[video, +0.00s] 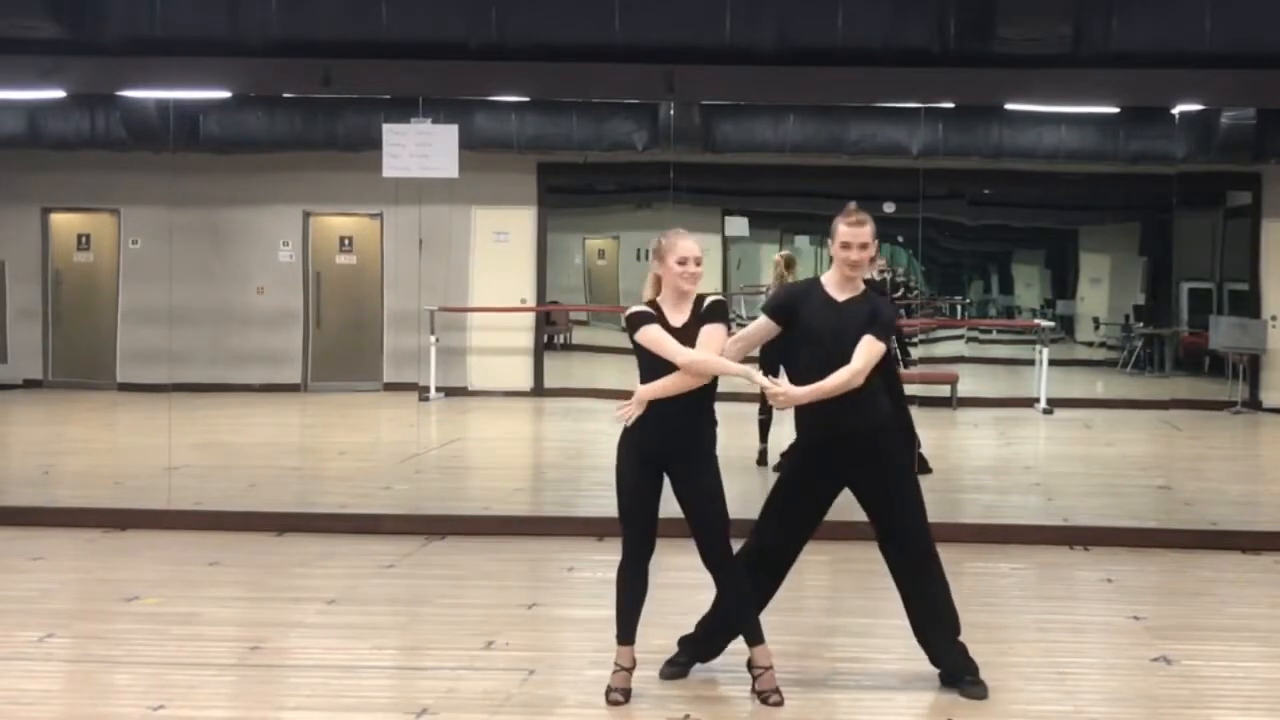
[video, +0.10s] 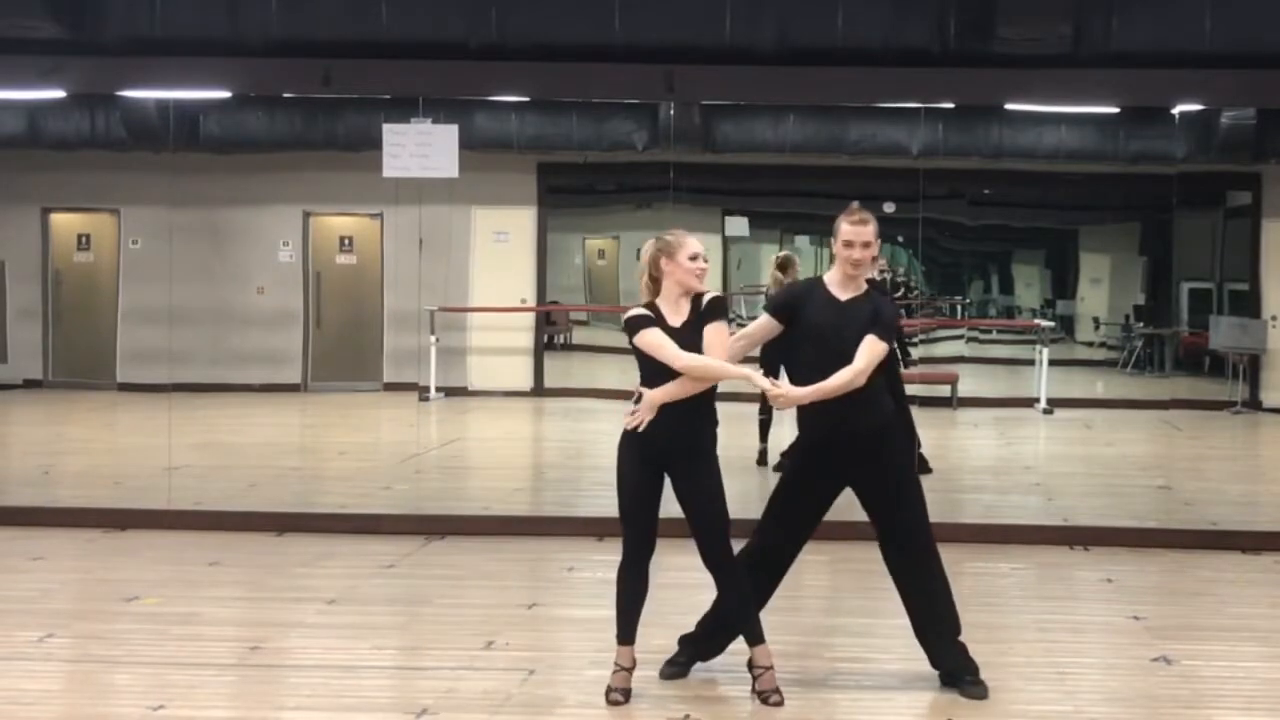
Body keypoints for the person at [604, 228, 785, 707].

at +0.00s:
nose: (692, 270)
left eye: (698, 262)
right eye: (682, 262)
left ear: (703, 268)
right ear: (659, 266)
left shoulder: (713, 307)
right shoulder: (639, 316)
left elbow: (704, 368)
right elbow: (684, 358)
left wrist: (646, 391)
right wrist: (749, 373)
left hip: (694, 447)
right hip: (642, 446)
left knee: (717, 554)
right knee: (635, 552)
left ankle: (760, 655)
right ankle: (624, 657)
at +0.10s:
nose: (703, 266)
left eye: (704, 258)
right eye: (693, 259)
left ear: (700, 268)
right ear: (663, 266)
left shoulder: (712, 305)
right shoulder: (637, 318)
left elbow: (715, 368)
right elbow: (681, 363)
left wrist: (658, 395)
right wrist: (750, 375)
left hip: (695, 446)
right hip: (643, 446)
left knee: (718, 553)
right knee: (636, 551)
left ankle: (760, 655)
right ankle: (624, 656)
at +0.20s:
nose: (704, 264)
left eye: (704, 257)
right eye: (695, 257)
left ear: (694, 268)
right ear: (664, 265)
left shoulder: (711, 304)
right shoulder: (636, 320)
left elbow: (724, 365)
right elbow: (678, 366)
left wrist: (672, 399)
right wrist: (748, 380)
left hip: (695, 443)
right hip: (642, 443)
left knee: (718, 554)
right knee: (636, 551)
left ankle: (760, 655)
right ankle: (624, 657)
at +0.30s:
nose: (700, 265)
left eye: (701, 258)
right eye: (690, 257)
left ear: (692, 269)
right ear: (660, 265)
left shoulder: (709, 304)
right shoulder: (634, 322)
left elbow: (741, 360)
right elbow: (675, 370)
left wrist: (697, 401)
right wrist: (755, 387)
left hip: (695, 447)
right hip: (642, 447)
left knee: (718, 555)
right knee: (635, 553)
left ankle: (761, 656)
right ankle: (624, 658)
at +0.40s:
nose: (695, 267)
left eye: (695, 260)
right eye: (686, 259)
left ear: (684, 270)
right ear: (656, 266)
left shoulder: (706, 312)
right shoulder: (628, 322)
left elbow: (753, 357)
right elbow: (668, 372)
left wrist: (723, 407)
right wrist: (739, 384)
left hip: (691, 446)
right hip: (640, 447)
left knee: (717, 554)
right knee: (629, 554)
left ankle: (762, 654)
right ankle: (623, 657)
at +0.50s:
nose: (690, 271)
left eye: (690, 264)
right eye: (682, 263)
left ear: (663, 270)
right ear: (651, 268)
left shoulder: (695, 316)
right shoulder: (622, 323)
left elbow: (739, 349)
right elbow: (660, 378)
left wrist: (728, 399)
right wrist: (733, 389)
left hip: (687, 449)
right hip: (636, 450)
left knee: (716, 555)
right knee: (620, 557)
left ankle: (763, 654)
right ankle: (623, 658)